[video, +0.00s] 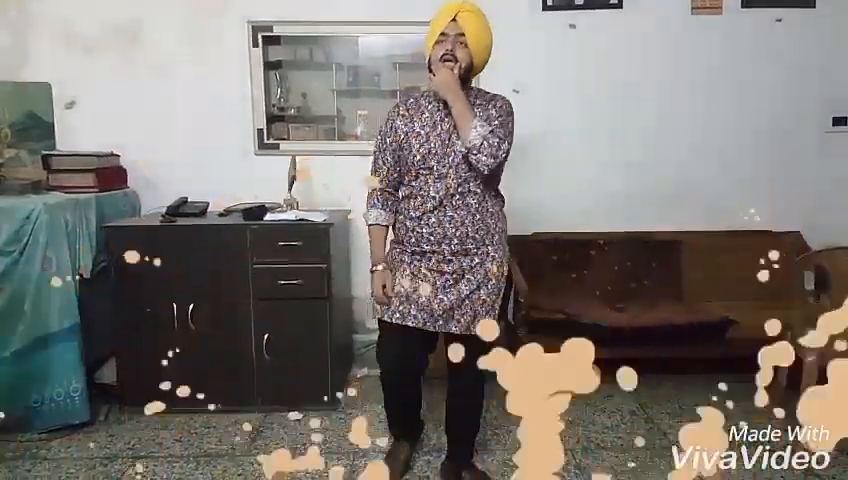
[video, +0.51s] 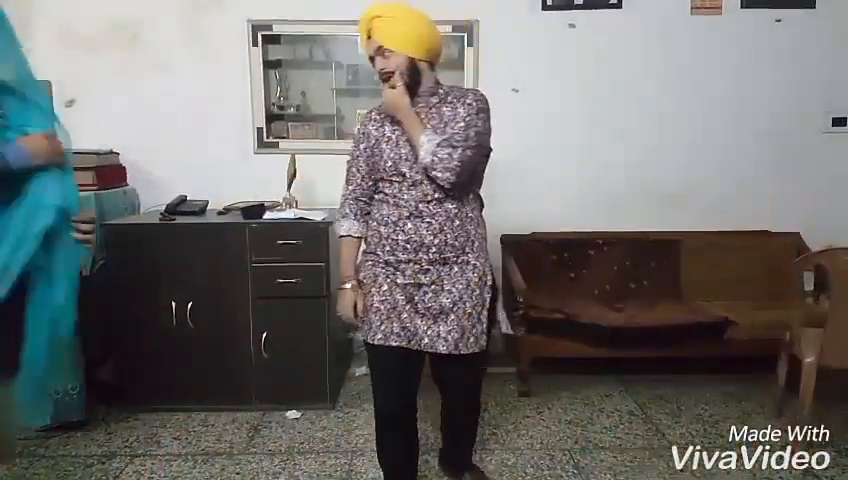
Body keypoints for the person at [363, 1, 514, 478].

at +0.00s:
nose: (449, 46)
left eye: (461, 40)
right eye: (442, 39)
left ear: (479, 53)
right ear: (429, 49)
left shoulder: (495, 108)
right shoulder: (404, 111)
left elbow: (488, 160)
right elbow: (381, 187)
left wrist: (453, 93)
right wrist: (378, 260)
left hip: (476, 257)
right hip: (412, 257)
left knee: (467, 364)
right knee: (395, 357)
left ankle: (459, 459)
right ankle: (404, 433)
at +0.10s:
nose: (443, 46)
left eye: (455, 40)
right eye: (436, 39)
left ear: (474, 52)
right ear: (425, 50)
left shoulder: (494, 107)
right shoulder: (403, 112)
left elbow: (486, 161)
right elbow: (378, 188)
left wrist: (450, 95)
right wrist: (374, 261)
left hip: (476, 259)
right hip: (411, 259)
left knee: (466, 368)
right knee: (400, 367)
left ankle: (459, 461)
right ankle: (399, 462)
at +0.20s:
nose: (431, 49)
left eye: (442, 41)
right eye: (423, 41)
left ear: (465, 50)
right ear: (415, 51)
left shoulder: (491, 106)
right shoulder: (399, 114)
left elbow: (480, 163)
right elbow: (376, 193)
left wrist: (441, 98)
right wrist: (369, 267)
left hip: (475, 266)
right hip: (407, 265)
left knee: (466, 381)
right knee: (402, 389)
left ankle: (458, 462)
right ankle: (396, 472)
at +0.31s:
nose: (410, 56)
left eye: (419, 44)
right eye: (403, 49)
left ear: (446, 47)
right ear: (399, 58)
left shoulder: (485, 107)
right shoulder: (391, 118)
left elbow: (472, 168)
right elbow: (371, 201)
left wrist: (429, 106)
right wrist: (365, 275)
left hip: (469, 269)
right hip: (402, 270)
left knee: (463, 382)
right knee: (402, 394)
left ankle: (457, 463)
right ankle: (399, 473)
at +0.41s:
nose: (390, 65)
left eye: (397, 53)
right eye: (384, 57)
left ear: (430, 50)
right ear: (384, 60)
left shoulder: (477, 107)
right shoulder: (383, 119)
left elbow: (462, 174)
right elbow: (364, 202)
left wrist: (417, 114)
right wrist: (358, 277)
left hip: (462, 270)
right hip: (395, 270)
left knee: (459, 384)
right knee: (396, 396)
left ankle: (455, 465)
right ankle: (399, 473)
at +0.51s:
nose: (378, 66)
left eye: (385, 53)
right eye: (373, 58)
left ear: (418, 50)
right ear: (373, 60)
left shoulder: (468, 106)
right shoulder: (375, 121)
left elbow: (453, 174)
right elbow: (355, 203)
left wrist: (406, 115)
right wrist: (347, 279)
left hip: (457, 277)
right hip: (387, 278)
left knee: (462, 393)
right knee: (392, 402)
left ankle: (457, 464)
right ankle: (397, 473)